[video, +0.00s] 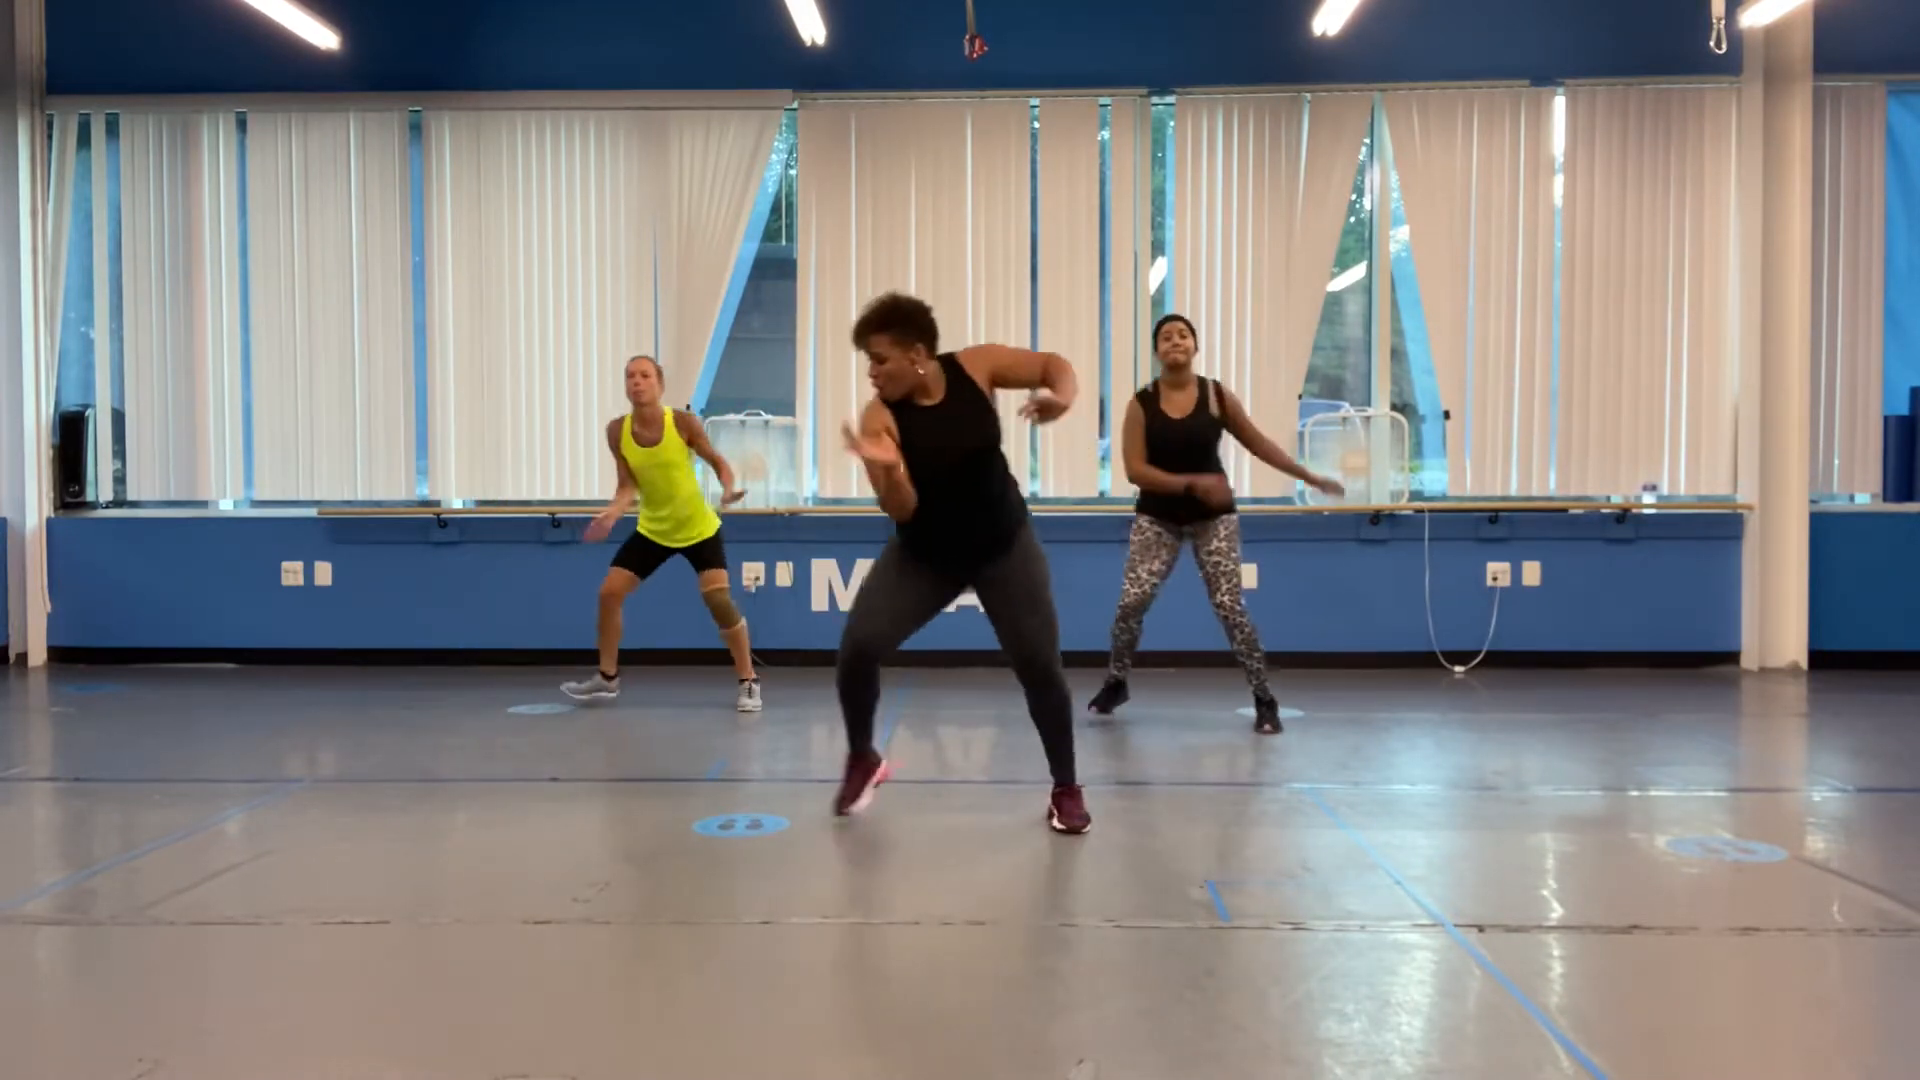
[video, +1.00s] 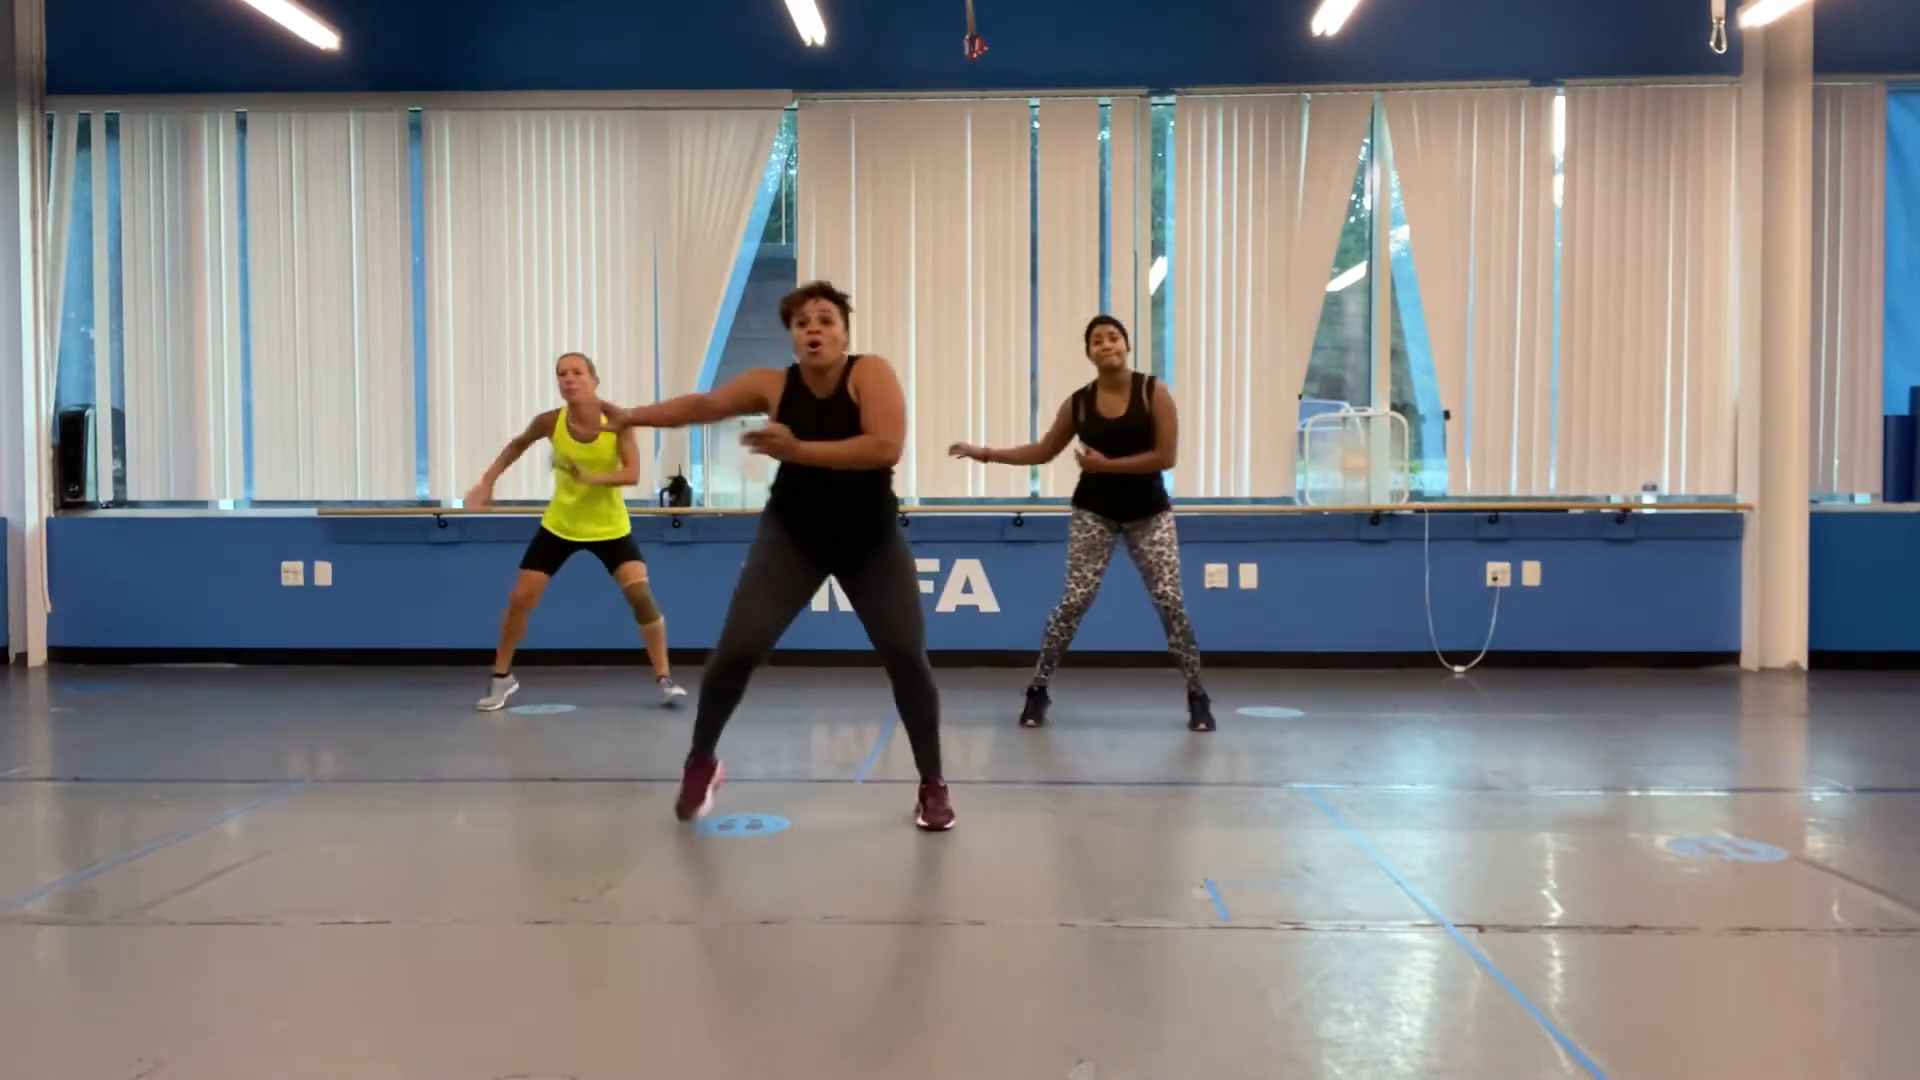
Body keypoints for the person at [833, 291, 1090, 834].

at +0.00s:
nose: (871, 373)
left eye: (880, 360)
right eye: (869, 361)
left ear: (919, 356)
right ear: (890, 361)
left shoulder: (975, 367)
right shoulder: (880, 417)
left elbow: (1055, 367)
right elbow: (901, 511)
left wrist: (1061, 397)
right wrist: (887, 469)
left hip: (1002, 544)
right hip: (924, 552)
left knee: (1039, 665)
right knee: (857, 649)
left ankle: (1066, 789)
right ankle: (863, 758)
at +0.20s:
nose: (808, 369)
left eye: (816, 357)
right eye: (806, 357)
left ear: (853, 354)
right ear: (837, 357)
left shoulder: (916, 367)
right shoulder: (816, 413)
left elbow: (987, 367)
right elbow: (835, 496)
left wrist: (1021, 384)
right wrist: (862, 457)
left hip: (933, 545)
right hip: (855, 556)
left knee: (988, 647)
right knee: (819, 671)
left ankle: (999, 764)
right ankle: (841, 780)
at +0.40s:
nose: (760, 351)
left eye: (770, 339)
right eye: (758, 340)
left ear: (809, 340)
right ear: (783, 344)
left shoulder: (866, 364)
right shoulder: (764, 401)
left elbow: (944, 361)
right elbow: (765, 470)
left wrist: (996, 380)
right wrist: (814, 421)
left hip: (897, 536)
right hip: (821, 544)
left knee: (917, 660)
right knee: (763, 642)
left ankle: (931, 787)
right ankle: (793, 755)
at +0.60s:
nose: (754, 345)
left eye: (768, 335)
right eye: (744, 335)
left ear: (792, 346)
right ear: (735, 345)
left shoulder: (826, 403)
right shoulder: (714, 403)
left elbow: (883, 462)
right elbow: (685, 471)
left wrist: (943, 451)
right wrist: (758, 455)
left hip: (838, 546)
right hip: (760, 559)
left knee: (902, 634)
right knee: (719, 670)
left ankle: (971, 696)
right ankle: (719, 789)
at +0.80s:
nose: (769, 331)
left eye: (783, 322)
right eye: (759, 322)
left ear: (804, 334)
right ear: (747, 333)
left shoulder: (833, 402)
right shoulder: (715, 393)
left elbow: (838, 487)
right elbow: (647, 434)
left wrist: (817, 531)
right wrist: (628, 499)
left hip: (833, 541)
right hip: (755, 550)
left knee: (885, 650)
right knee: (720, 672)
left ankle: (887, 775)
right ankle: (718, 789)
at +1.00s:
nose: (813, 331)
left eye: (825, 321)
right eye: (803, 324)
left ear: (846, 332)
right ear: (790, 337)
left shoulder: (871, 374)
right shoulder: (772, 385)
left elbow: (888, 447)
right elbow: (701, 406)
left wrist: (798, 450)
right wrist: (632, 416)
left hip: (870, 539)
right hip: (793, 536)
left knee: (906, 656)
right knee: (737, 652)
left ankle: (933, 784)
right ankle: (700, 762)